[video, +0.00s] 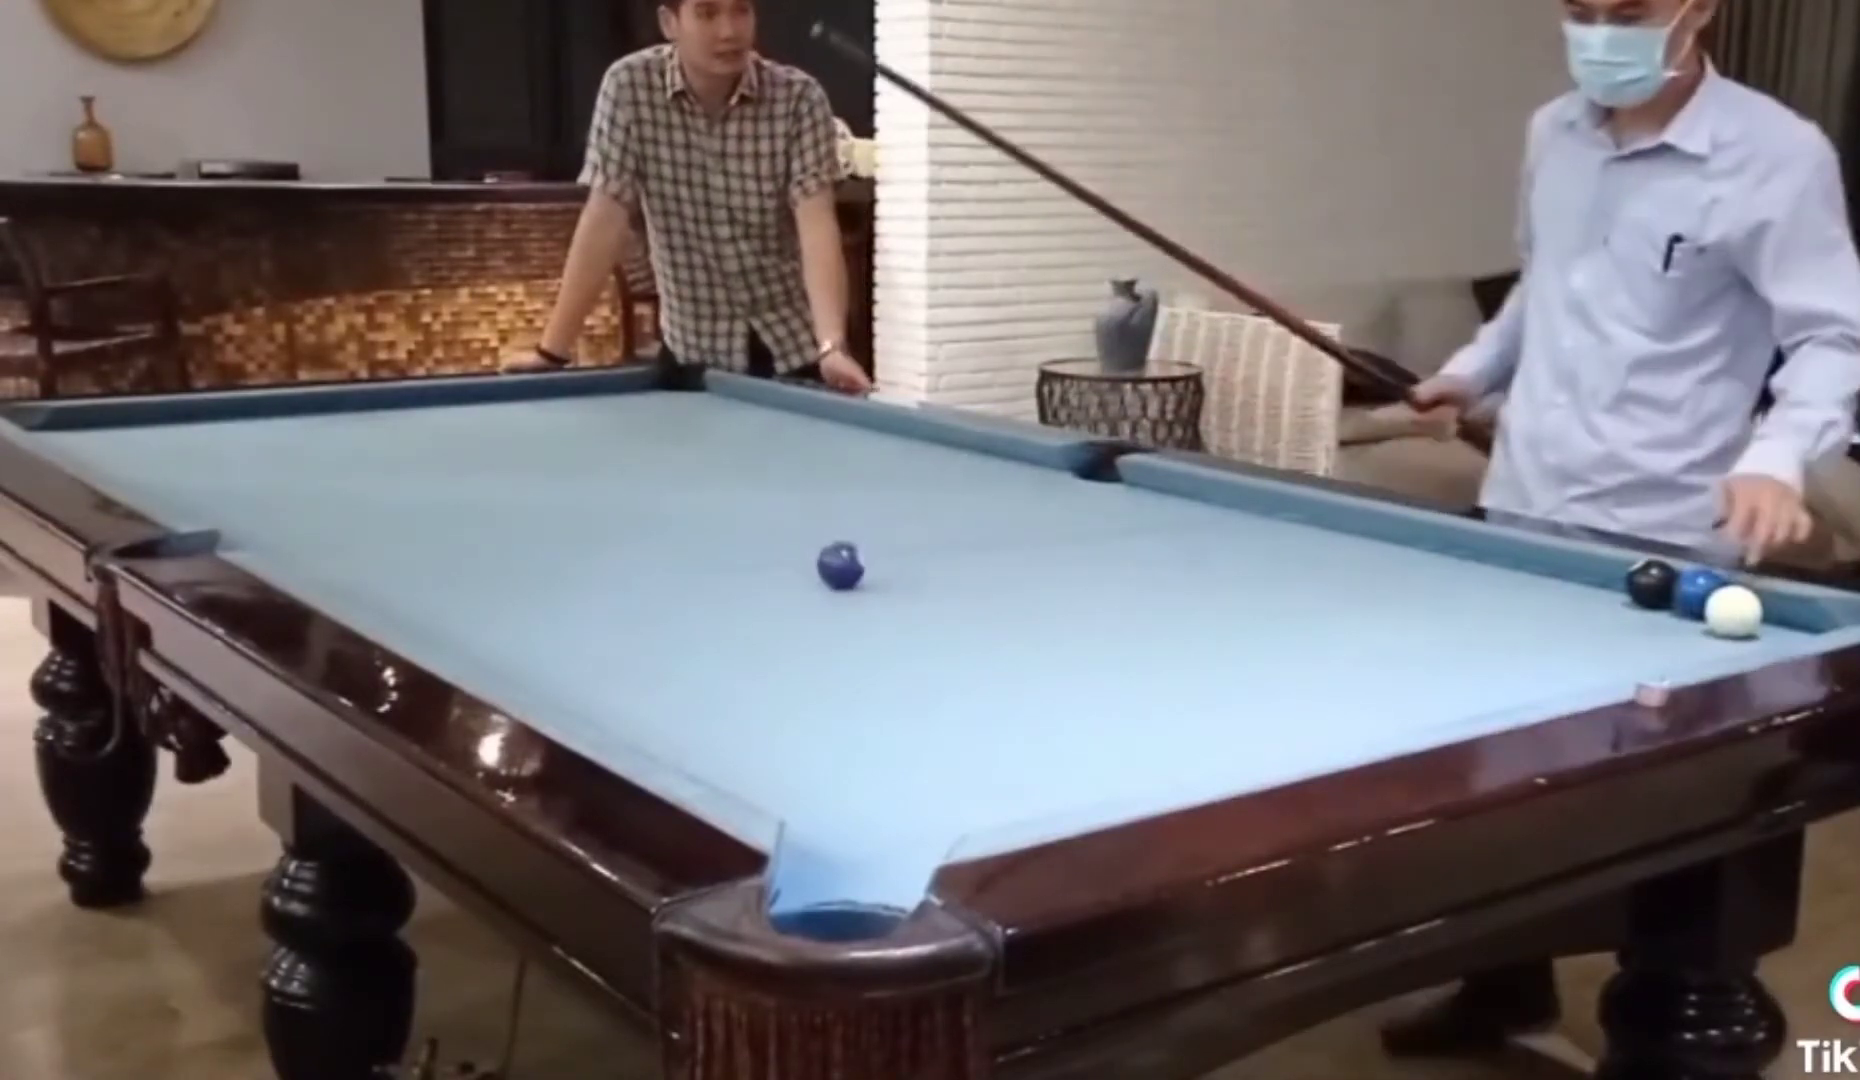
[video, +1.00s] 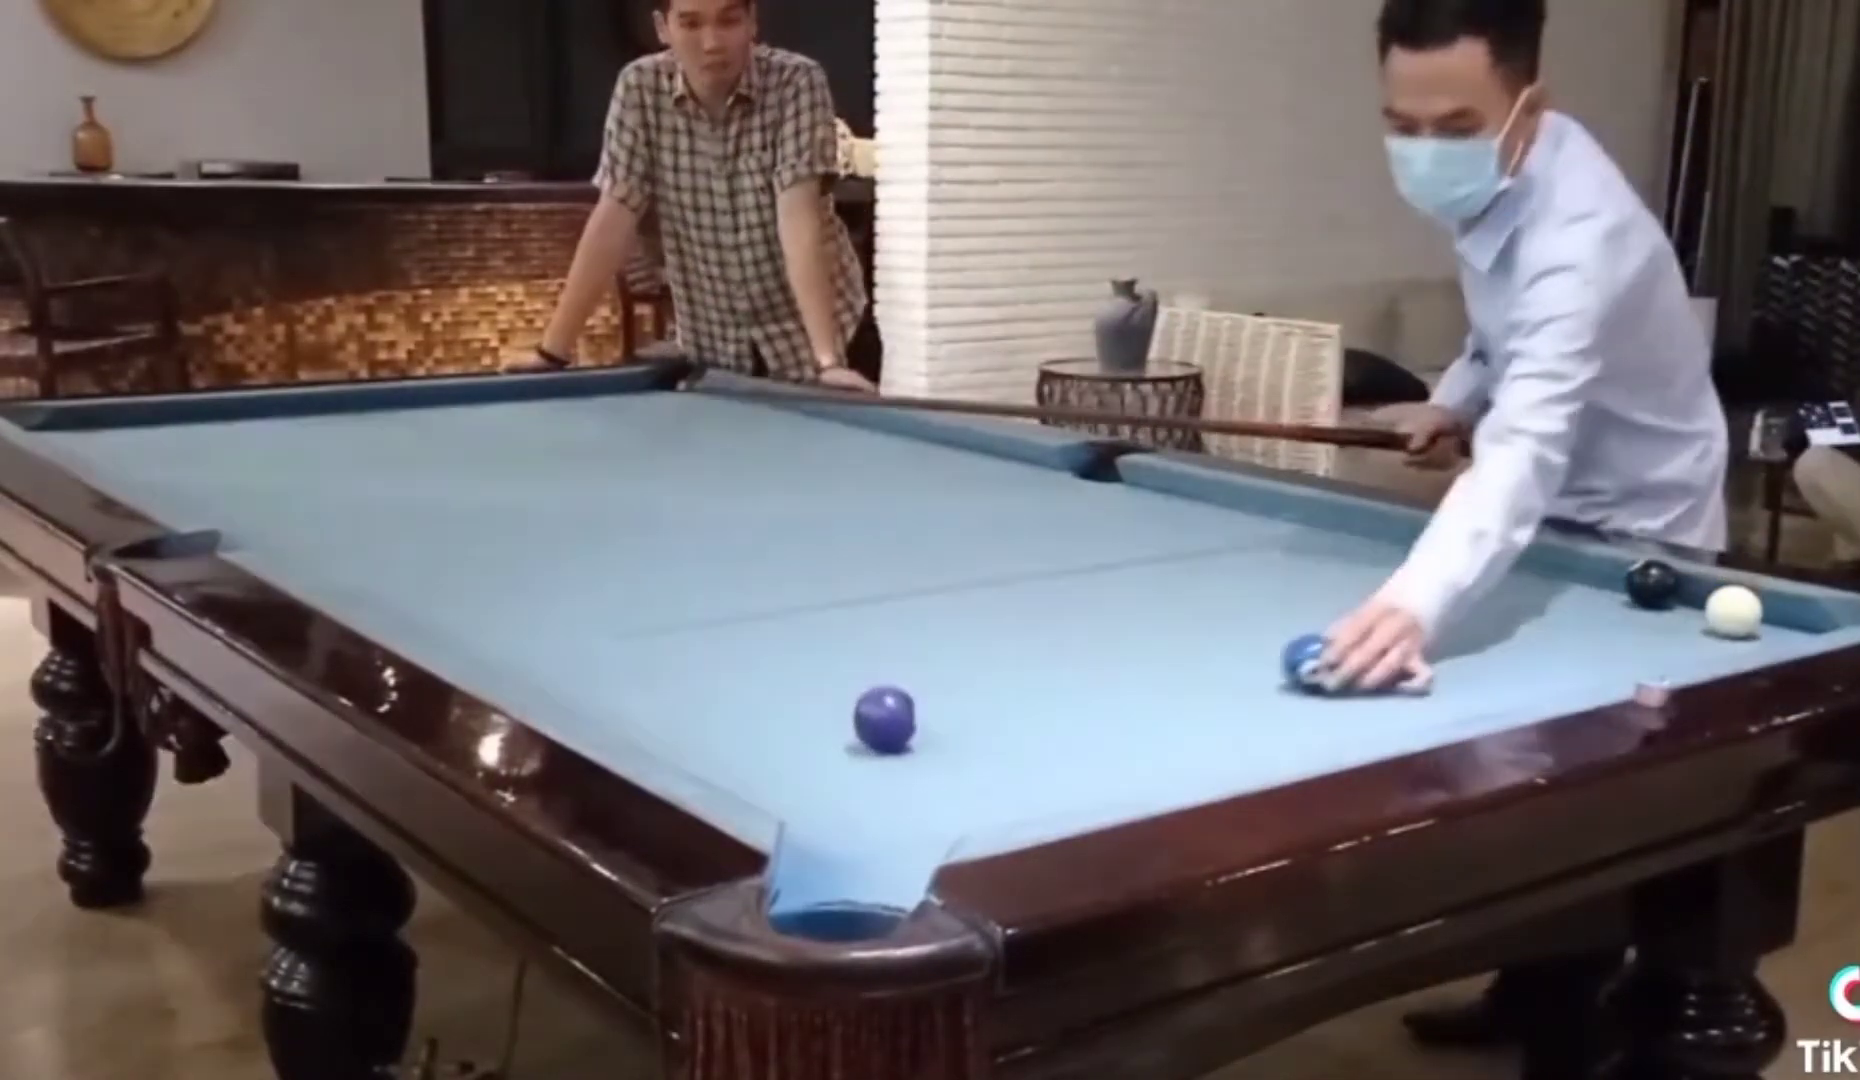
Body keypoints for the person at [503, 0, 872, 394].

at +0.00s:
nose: (728, 32)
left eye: (740, 12)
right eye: (707, 14)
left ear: (756, 18)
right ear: (669, 22)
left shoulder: (796, 96)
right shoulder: (630, 87)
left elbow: (817, 220)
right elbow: (606, 213)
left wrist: (831, 345)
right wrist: (552, 351)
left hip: (794, 339)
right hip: (694, 341)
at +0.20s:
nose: (717, 27)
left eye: (730, 9)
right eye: (697, 10)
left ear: (746, 14)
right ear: (659, 19)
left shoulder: (793, 94)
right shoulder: (627, 86)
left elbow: (814, 221)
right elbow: (605, 214)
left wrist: (832, 347)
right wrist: (552, 351)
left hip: (795, 342)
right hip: (697, 344)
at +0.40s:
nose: (710, 23)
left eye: (722, 5)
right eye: (689, 8)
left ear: (741, 12)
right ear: (654, 19)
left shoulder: (790, 91)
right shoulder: (626, 87)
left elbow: (808, 216)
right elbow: (604, 215)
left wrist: (830, 350)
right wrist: (553, 352)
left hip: (797, 339)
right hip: (699, 342)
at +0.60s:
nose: (706, 27)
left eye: (720, 8)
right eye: (686, 11)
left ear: (741, 13)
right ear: (653, 21)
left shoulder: (792, 91)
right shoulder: (630, 88)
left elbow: (806, 223)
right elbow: (608, 215)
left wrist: (829, 356)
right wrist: (553, 352)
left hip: (801, 339)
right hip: (702, 340)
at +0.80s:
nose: (710, 33)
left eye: (726, 14)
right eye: (690, 17)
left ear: (750, 18)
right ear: (659, 24)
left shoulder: (796, 85)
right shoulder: (638, 88)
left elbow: (802, 220)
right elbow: (613, 216)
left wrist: (829, 356)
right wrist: (553, 352)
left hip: (804, 343)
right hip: (708, 342)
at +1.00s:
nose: (711, 41)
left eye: (728, 21)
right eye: (691, 23)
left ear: (753, 24)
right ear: (663, 28)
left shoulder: (795, 82)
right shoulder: (641, 88)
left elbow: (800, 218)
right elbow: (614, 217)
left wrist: (830, 361)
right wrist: (551, 353)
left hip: (819, 345)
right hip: (710, 347)